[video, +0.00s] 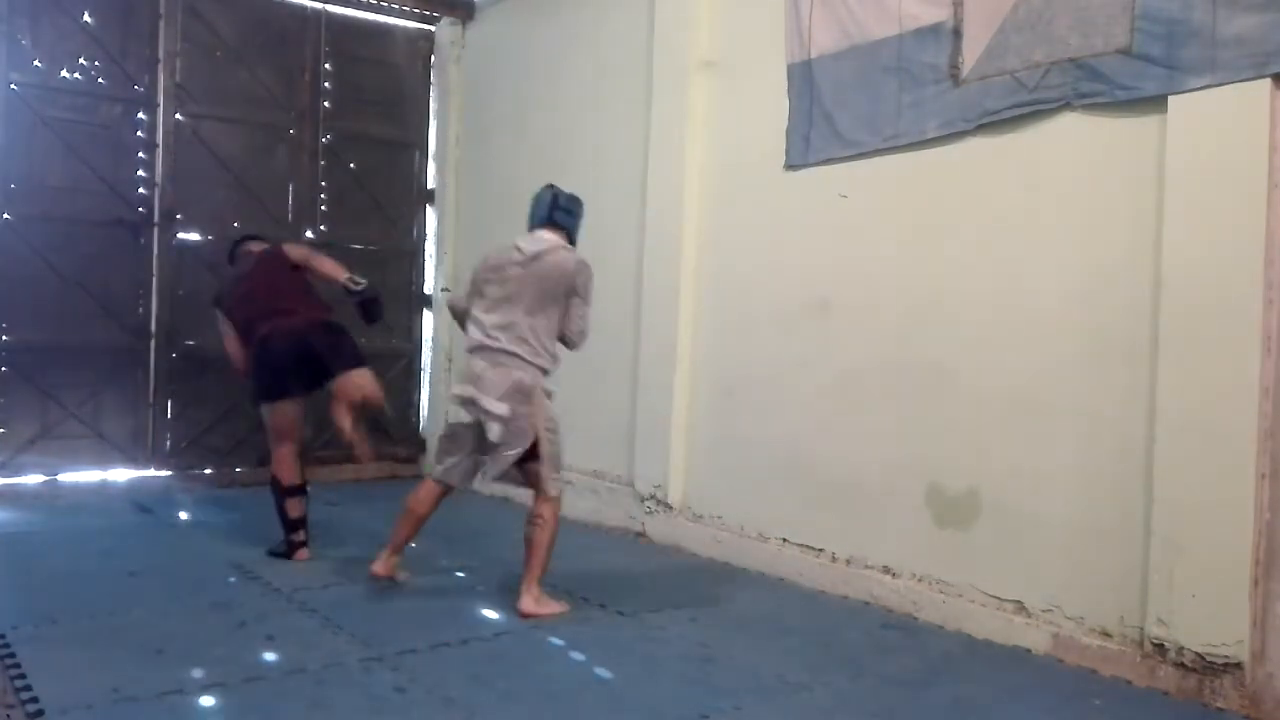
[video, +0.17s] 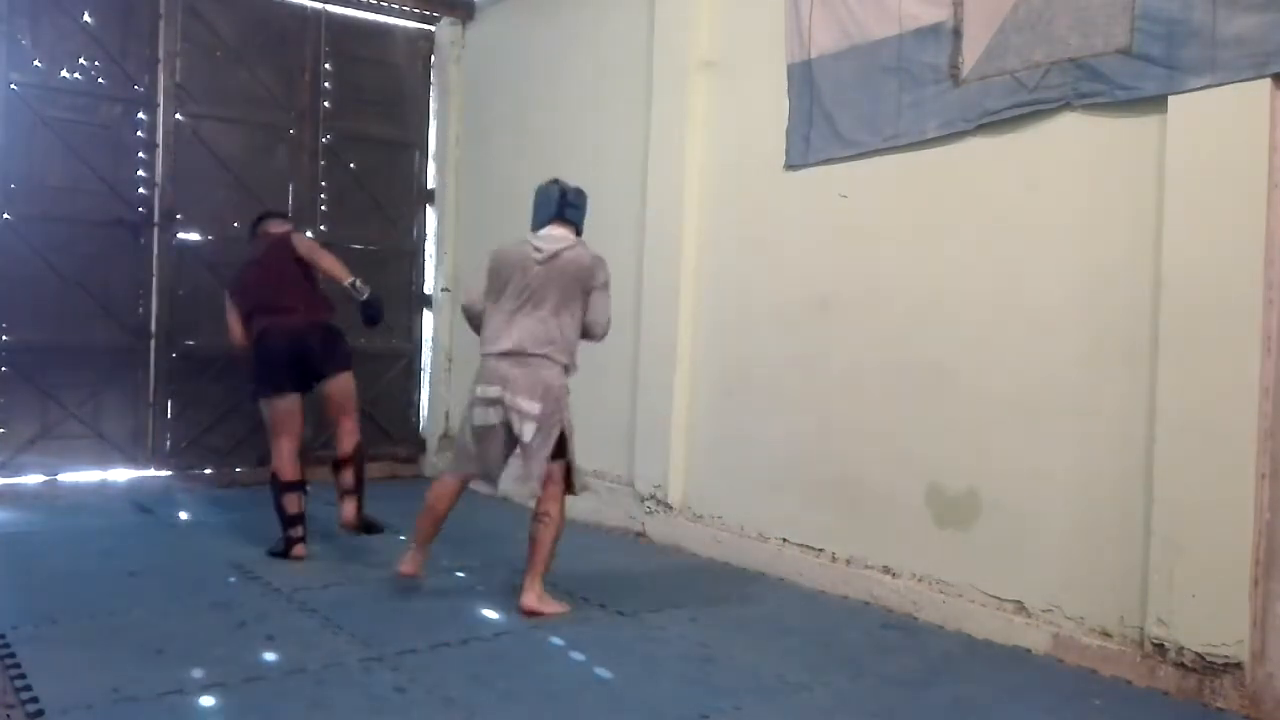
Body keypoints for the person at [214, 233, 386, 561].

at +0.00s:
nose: (268, 249)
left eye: (263, 247)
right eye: (265, 246)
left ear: (233, 262)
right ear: (263, 248)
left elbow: (238, 356)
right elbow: (316, 260)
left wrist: (255, 380)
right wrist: (357, 285)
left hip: (272, 353)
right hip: (320, 334)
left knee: (284, 445)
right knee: (369, 393)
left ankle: (297, 542)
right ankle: (346, 407)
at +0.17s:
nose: (291, 232)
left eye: (289, 228)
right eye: (288, 228)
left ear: (254, 238)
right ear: (282, 230)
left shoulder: (239, 278)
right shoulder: (293, 240)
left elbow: (238, 336)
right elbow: (323, 261)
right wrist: (362, 291)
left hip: (270, 348)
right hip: (319, 337)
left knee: (284, 439)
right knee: (346, 418)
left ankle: (294, 538)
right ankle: (351, 509)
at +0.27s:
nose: (315, 228)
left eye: (315, 223)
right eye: (312, 222)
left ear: (278, 222)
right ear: (296, 219)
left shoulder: (257, 260)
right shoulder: (306, 241)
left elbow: (244, 322)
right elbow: (307, 278)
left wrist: (277, 328)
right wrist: (337, 315)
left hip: (270, 353)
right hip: (316, 350)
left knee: (281, 438)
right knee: (323, 429)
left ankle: (292, 530)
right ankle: (322, 518)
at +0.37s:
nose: (325, 234)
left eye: (326, 227)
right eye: (321, 226)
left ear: (289, 223)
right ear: (301, 222)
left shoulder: (264, 257)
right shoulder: (315, 254)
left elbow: (247, 323)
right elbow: (312, 302)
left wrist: (279, 337)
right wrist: (340, 333)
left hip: (269, 363)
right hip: (312, 362)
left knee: (275, 443)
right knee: (313, 436)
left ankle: (283, 519)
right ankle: (310, 521)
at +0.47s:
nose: (329, 232)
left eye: (329, 225)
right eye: (325, 225)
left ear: (294, 223)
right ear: (308, 223)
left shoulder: (267, 254)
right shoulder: (315, 256)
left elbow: (245, 310)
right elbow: (312, 308)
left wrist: (273, 332)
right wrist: (341, 329)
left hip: (268, 361)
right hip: (310, 362)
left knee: (275, 431)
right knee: (316, 436)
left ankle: (267, 493)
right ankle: (311, 522)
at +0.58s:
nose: (323, 221)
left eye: (323, 214)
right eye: (318, 214)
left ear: (292, 215)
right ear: (298, 214)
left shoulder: (273, 244)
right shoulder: (304, 246)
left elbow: (243, 292)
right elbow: (295, 296)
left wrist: (275, 316)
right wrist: (326, 315)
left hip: (265, 350)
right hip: (299, 352)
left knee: (276, 420)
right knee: (309, 429)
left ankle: (252, 494)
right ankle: (310, 518)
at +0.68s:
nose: (310, 221)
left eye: (312, 214)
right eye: (304, 214)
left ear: (284, 218)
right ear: (283, 216)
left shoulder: (272, 247)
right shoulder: (287, 248)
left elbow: (270, 299)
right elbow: (272, 295)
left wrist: (307, 320)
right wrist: (307, 316)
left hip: (262, 348)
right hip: (288, 350)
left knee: (272, 422)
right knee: (307, 427)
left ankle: (241, 495)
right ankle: (304, 515)